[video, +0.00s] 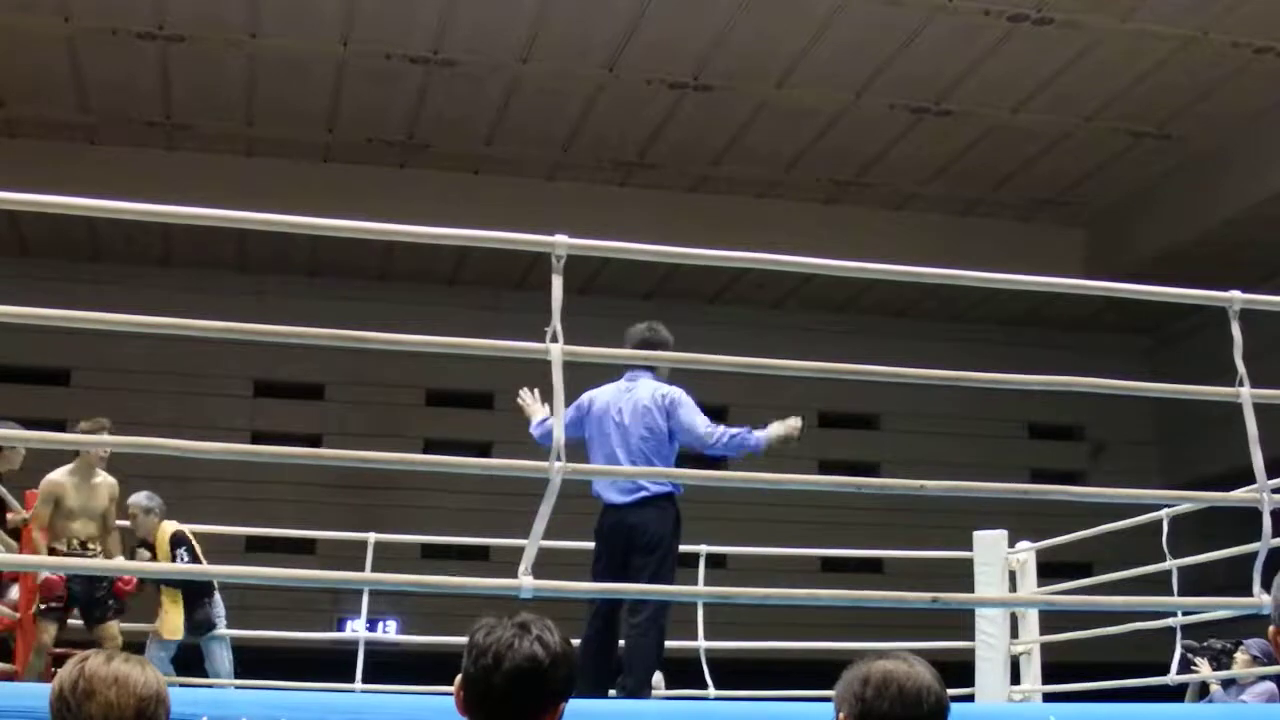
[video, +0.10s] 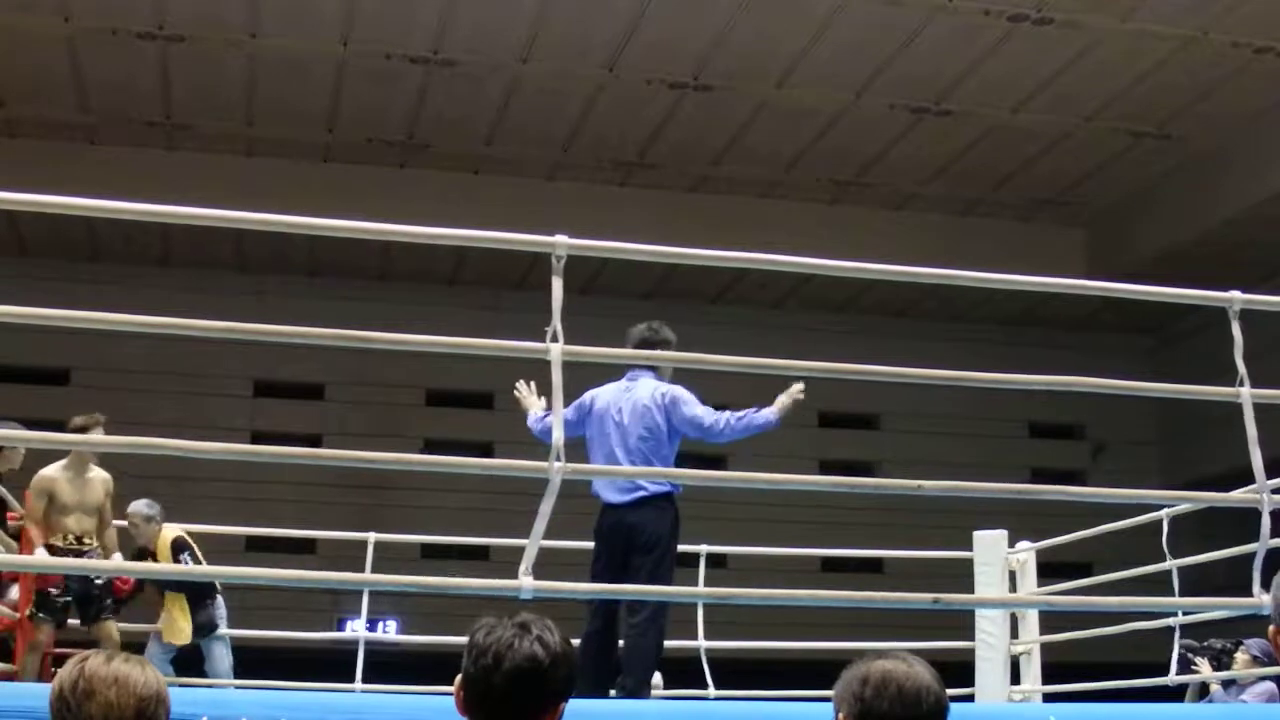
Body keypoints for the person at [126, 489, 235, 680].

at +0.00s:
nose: (131, 523)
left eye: (134, 517)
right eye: (130, 518)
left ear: (154, 516)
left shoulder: (177, 536)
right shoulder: (145, 544)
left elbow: (186, 579)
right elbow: (144, 582)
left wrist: (150, 567)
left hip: (203, 603)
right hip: (172, 605)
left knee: (218, 665)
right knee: (156, 657)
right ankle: (174, 706)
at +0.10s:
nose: (130, 531)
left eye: (135, 526)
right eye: (129, 526)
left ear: (155, 524)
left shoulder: (176, 541)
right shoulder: (144, 549)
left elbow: (201, 587)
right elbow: (136, 581)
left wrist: (156, 577)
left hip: (205, 604)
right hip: (175, 605)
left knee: (219, 667)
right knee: (155, 658)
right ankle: (175, 705)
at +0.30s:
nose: (129, 552)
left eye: (134, 547)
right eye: (128, 547)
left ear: (153, 542)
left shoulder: (178, 555)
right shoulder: (144, 561)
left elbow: (205, 594)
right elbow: (133, 595)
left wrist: (164, 591)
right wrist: (106, 612)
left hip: (209, 609)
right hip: (179, 611)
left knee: (216, 670)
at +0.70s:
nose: (131, 575)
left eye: (135, 568)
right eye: (129, 569)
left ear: (149, 561)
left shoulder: (170, 568)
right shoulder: (151, 579)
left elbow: (204, 604)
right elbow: (140, 603)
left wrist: (167, 610)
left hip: (223, 615)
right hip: (190, 617)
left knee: (216, 672)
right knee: (161, 658)